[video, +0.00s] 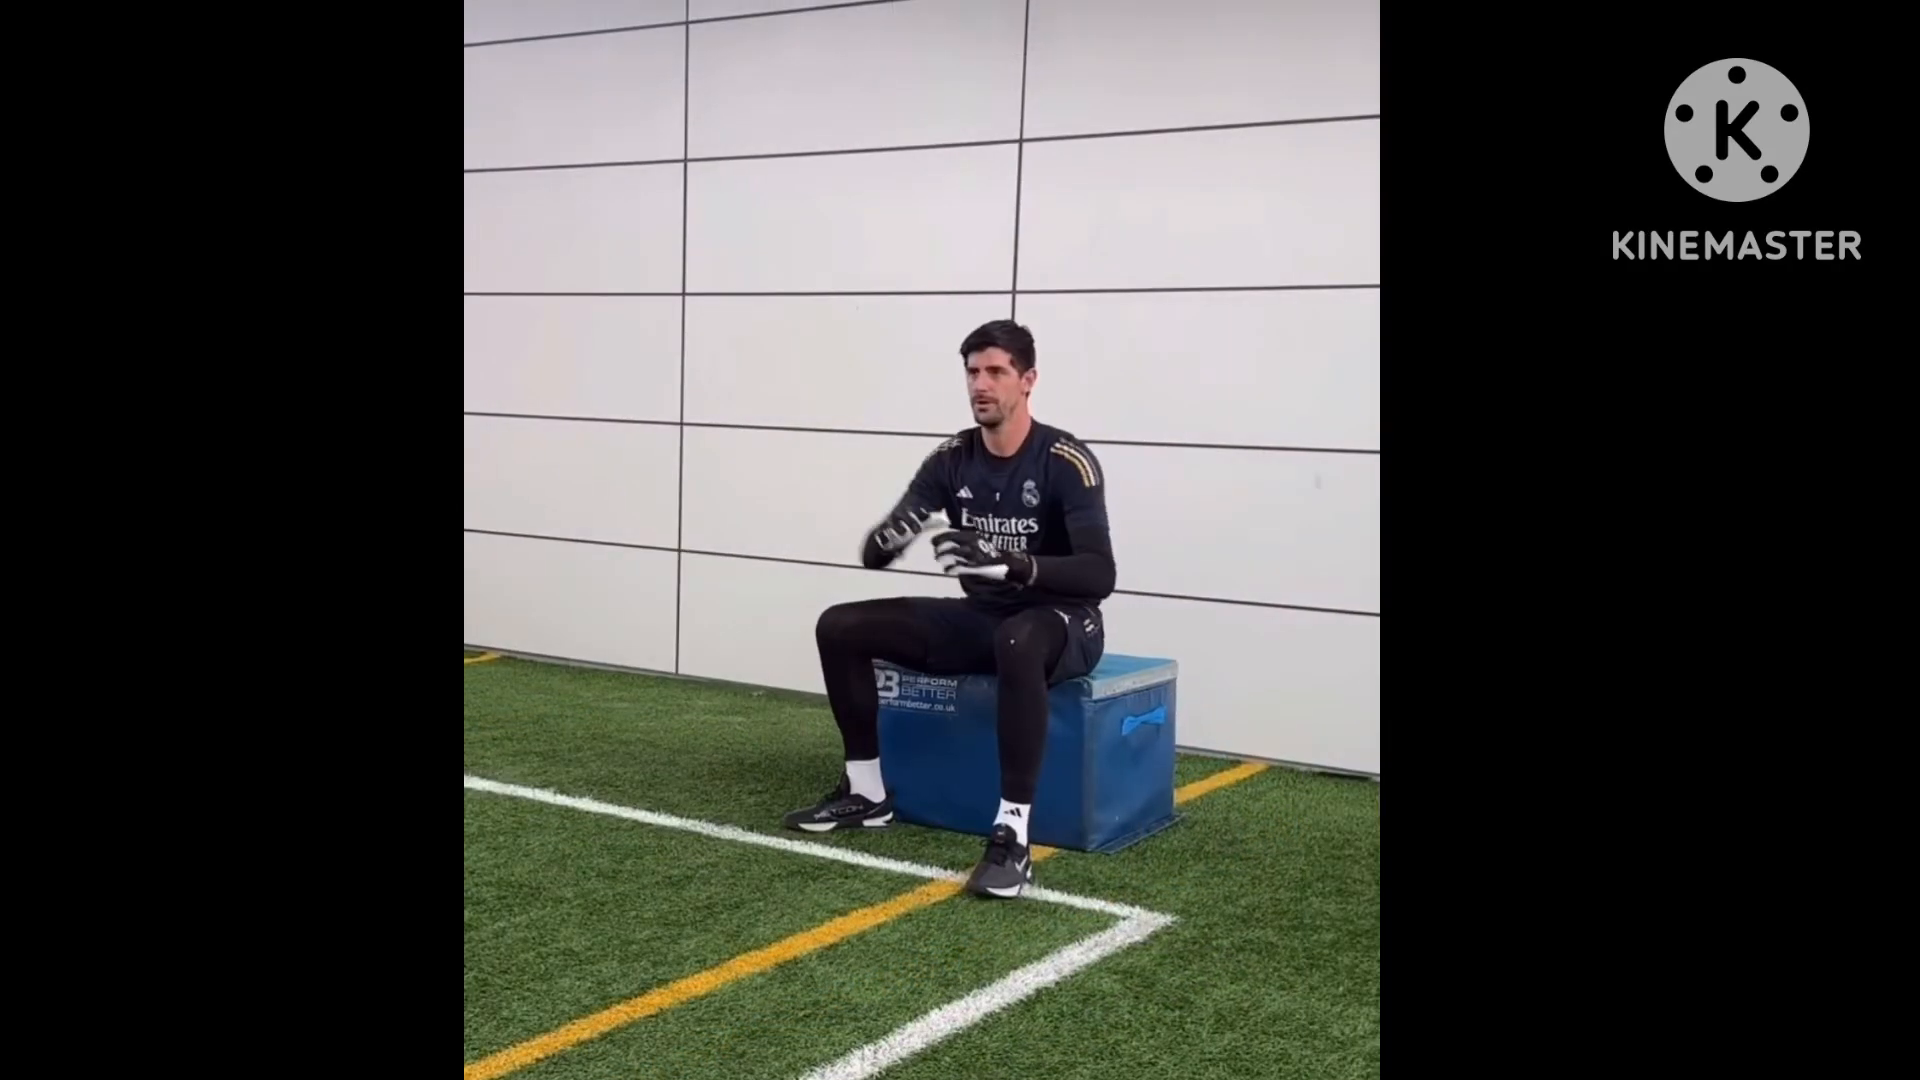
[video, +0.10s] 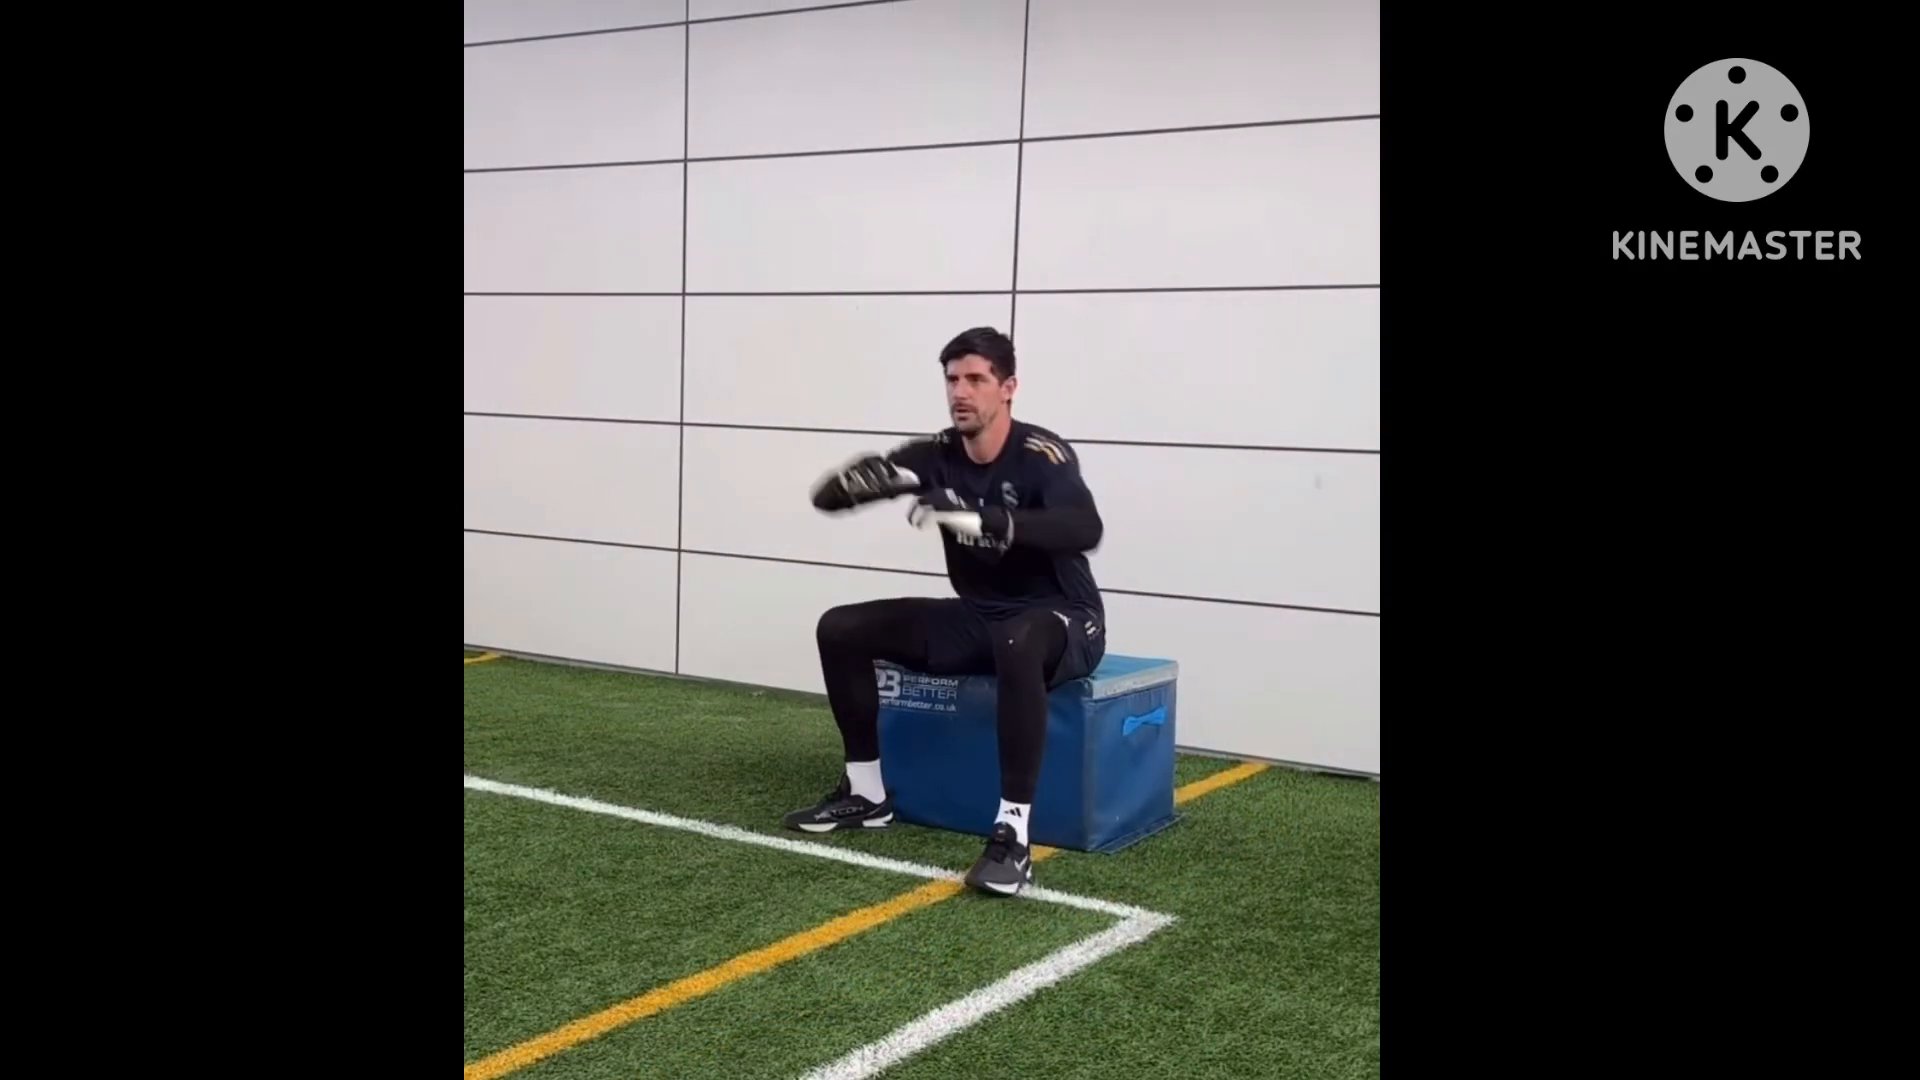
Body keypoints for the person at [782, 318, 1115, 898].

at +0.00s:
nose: (980, 385)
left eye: (994, 373)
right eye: (973, 373)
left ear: (1028, 381)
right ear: (966, 381)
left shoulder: (1068, 462)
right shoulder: (951, 460)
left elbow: (1098, 574)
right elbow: (874, 553)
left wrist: (1015, 564)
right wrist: (886, 540)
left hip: (1064, 621)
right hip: (980, 616)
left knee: (1019, 641)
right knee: (839, 626)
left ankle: (1010, 838)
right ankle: (865, 794)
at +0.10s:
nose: (959, 393)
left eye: (974, 380)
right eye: (952, 380)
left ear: (1008, 388)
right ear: (944, 387)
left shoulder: (1043, 452)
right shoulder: (930, 456)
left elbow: (1085, 528)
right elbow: (827, 497)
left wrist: (995, 524)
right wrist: (863, 483)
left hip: (1063, 620)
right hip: (977, 617)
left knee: (1019, 643)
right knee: (840, 628)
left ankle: (1011, 837)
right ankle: (866, 796)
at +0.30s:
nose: (922, 349)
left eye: (938, 337)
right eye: (916, 337)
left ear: (975, 345)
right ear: (910, 343)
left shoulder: (1010, 405)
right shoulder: (894, 408)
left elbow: (1097, 456)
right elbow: (809, 408)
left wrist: (1017, 461)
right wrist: (770, 407)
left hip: (1049, 579)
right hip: (966, 582)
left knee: (1009, 651)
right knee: (822, 642)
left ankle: (1011, 835)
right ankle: (864, 797)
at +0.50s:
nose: (916, 242)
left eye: (932, 228)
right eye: (909, 229)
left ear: (970, 236)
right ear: (903, 241)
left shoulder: (1024, 331)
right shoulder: (888, 336)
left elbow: (1107, 437)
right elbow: (829, 414)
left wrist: (1076, 504)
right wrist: (781, 476)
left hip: (1026, 522)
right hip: (946, 524)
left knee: (998, 657)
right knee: (830, 645)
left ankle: (1009, 838)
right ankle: (865, 798)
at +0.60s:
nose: (880, 221)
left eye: (894, 208)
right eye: (872, 209)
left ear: (926, 215)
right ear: (865, 219)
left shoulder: (972, 306)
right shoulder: (850, 307)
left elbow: (1029, 411)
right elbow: (812, 385)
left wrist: (991, 460)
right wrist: (786, 438)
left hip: (962, 498)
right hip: (888, 496)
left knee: (940, 640)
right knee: (809, 627)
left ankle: (952, 805)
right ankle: (824, 770)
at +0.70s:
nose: (847, 230)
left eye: (859, 218)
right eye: (839, 219)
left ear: (887, 223)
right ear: (832, 224)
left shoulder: (920, 302)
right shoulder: (812, 295)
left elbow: (961, 401)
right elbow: (764, 362)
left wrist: (906, 392)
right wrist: (753, 367)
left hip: (897, 489)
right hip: (830, 485)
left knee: (883, 624)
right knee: (781, 612)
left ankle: (893, 770)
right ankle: (781, 741)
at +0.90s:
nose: (796, 267)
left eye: (806, 260)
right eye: (789, 258)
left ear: (822, 267)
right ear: (778, 263)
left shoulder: (833, 326)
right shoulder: (755, 309)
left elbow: (862, 393)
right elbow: (728, 344)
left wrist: (861, 329)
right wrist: (783, 305)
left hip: (803, 484)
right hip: (751, 481)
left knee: (798, 603)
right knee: (719, 593)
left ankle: (808, 722)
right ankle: (719, 699)